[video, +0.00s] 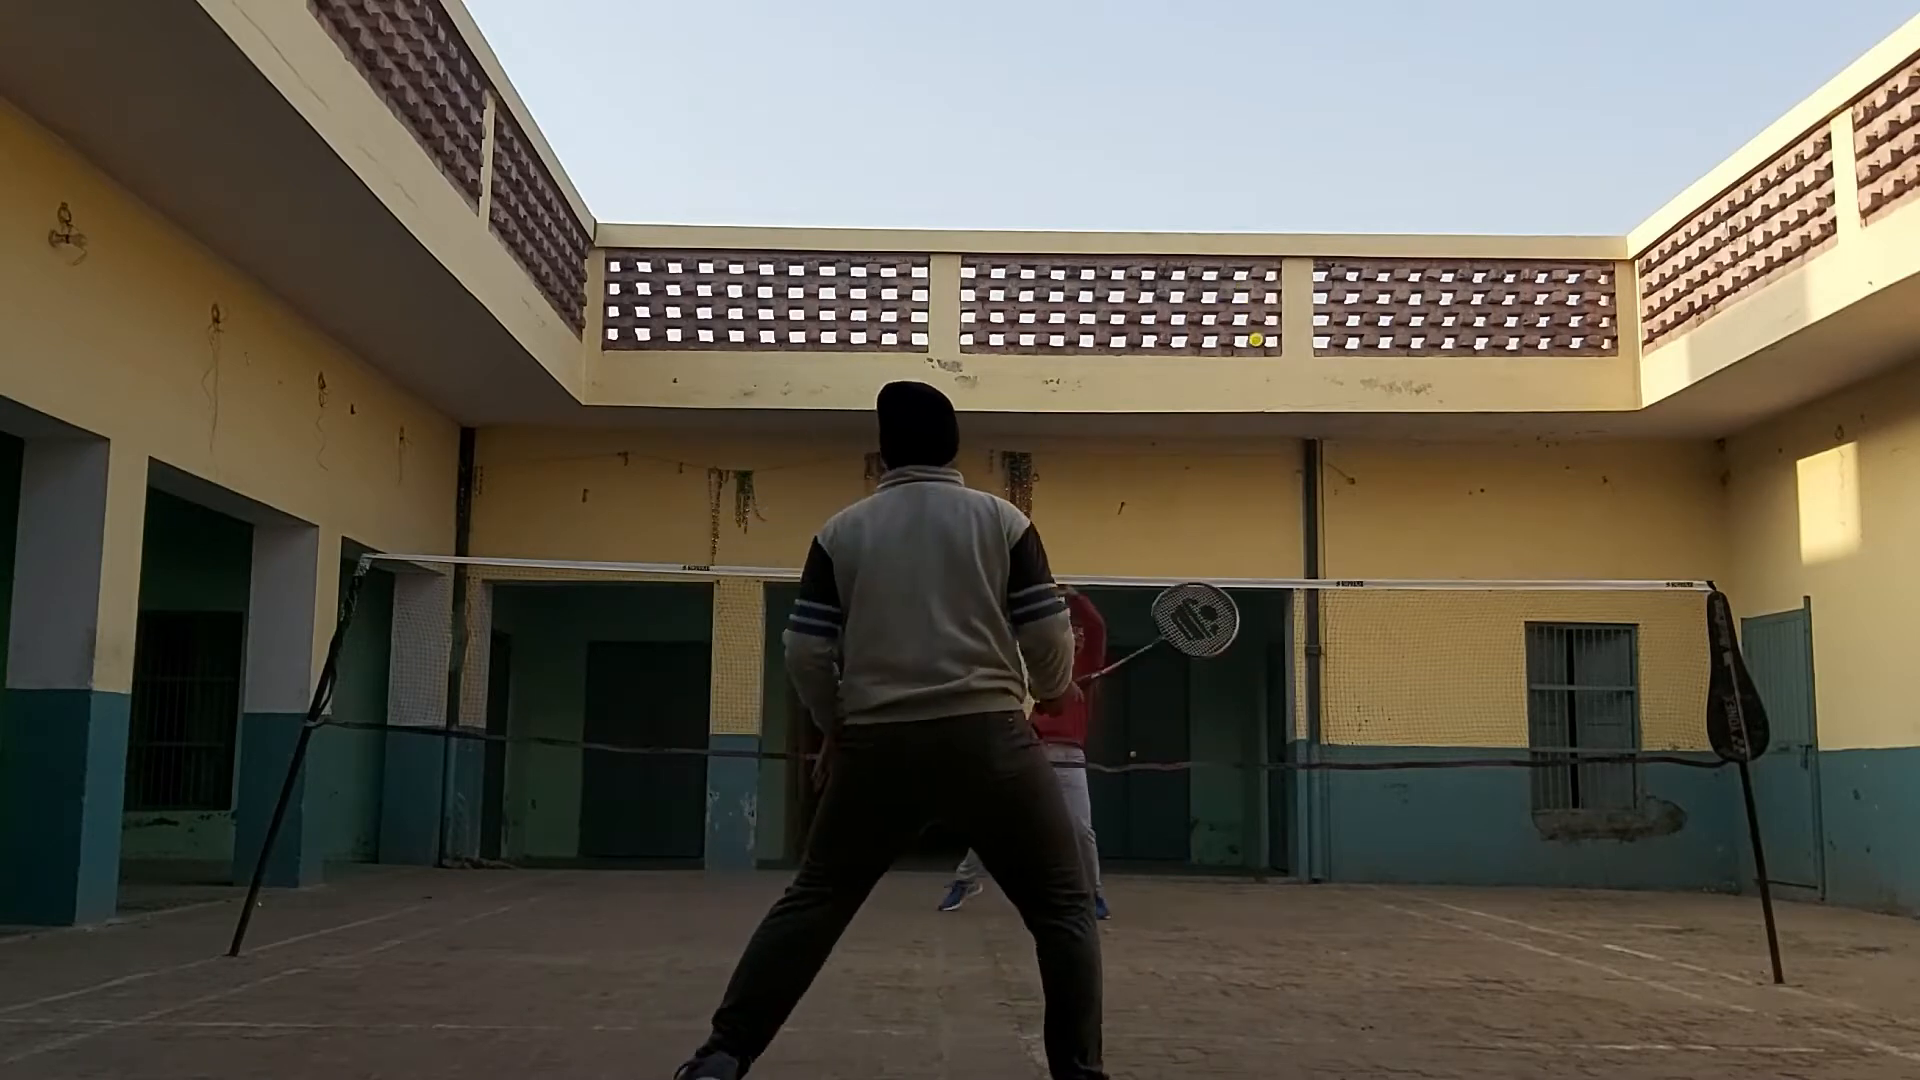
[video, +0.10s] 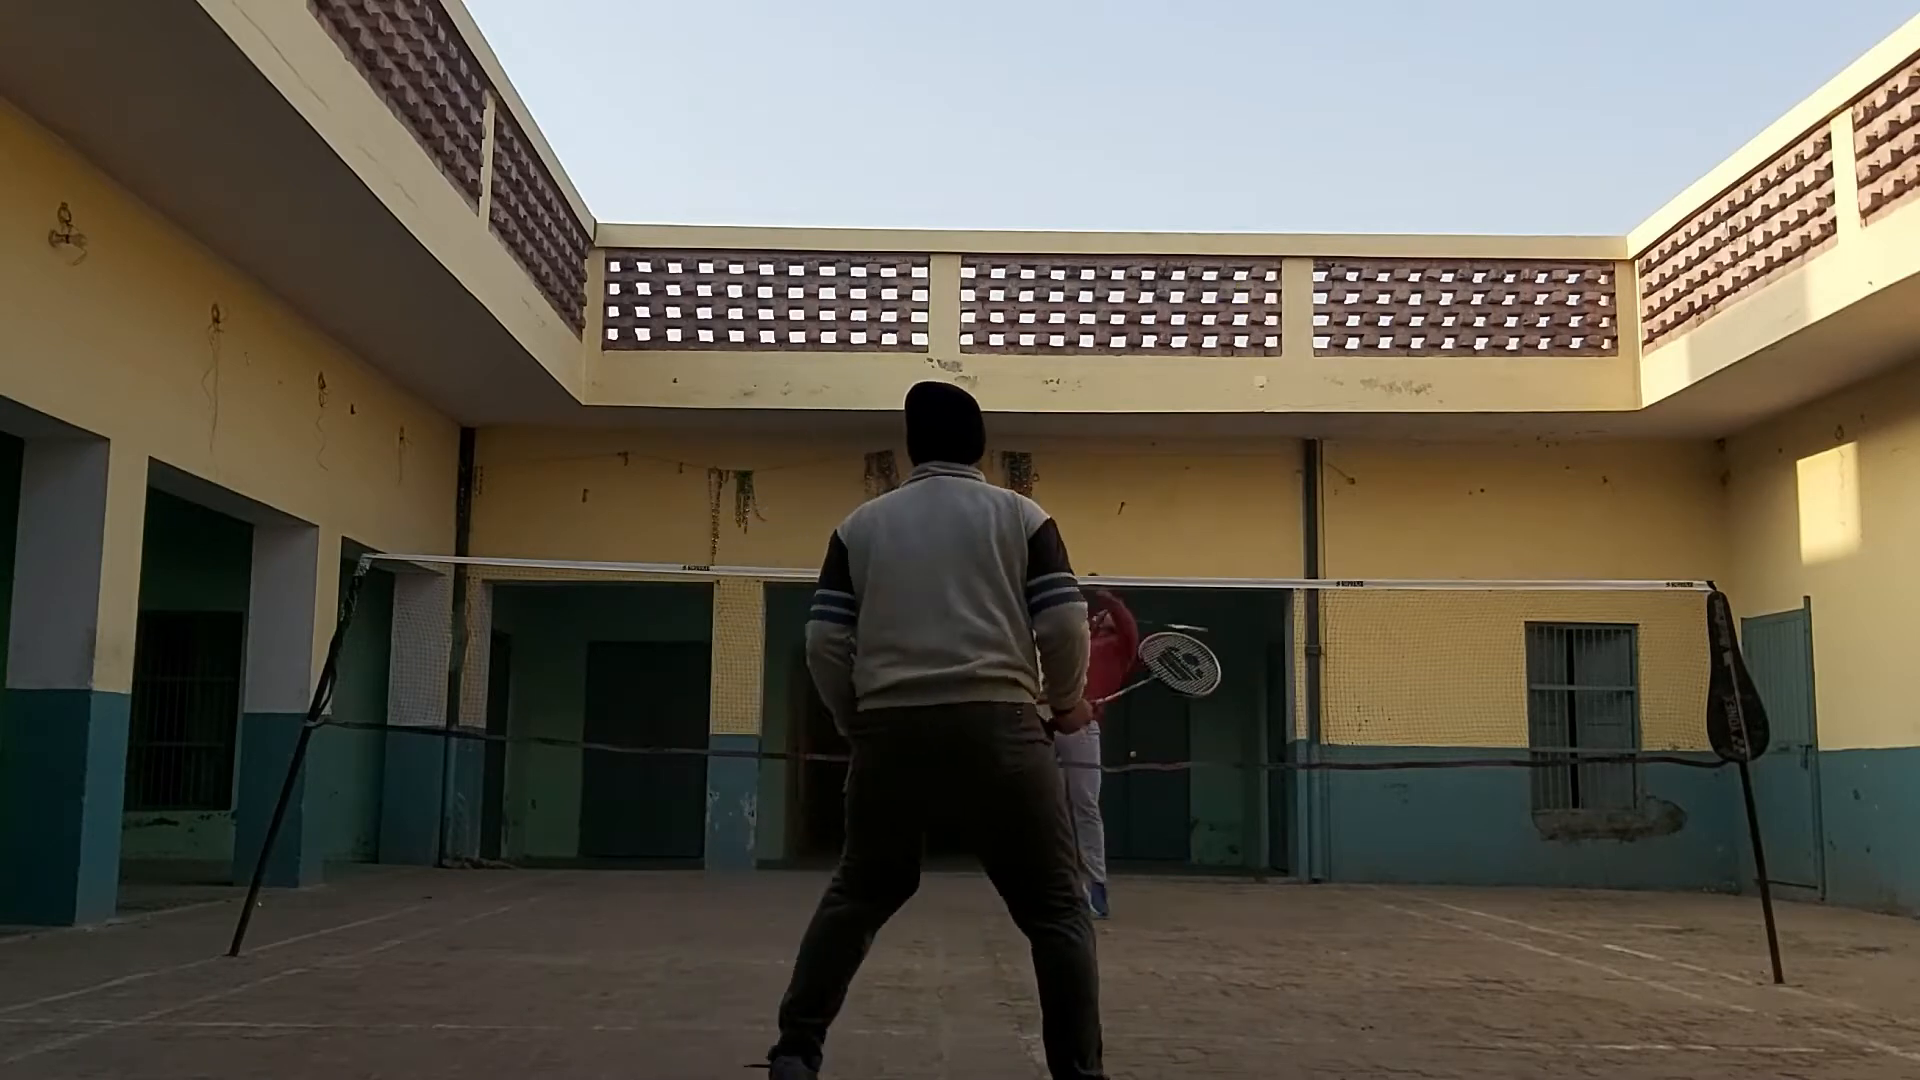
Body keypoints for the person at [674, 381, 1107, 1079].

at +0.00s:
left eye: (881, 446)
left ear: (880, 451)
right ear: (954, 447)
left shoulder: (841, 532)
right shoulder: (1002, 521)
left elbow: (806, 650)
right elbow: (1048, 635)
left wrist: (839, 722)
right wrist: (1048, 690)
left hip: (876, 751)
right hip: (992, 746)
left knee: (814, 902)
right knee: (1063, 910)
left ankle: (724, 1055)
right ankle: (1080, 1067)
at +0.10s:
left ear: (909, 448)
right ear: (979, 447)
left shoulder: (859, 525)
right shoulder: (1023, 517)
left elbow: (825, 643)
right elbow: (1064, 626)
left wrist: (857, 725)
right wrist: (1068, 702)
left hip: (890, 739)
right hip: (1002, 736)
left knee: (862, 889)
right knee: (1057, 909)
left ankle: (795, 1051)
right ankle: (1078, 1066)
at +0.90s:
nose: (966, 363)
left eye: (961, 355)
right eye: (962, 354)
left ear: (877, 370)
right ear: (953, 358)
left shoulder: (860, 474)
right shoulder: (983, 421)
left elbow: (933, 545)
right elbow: (1093, 483)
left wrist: (1021, 465)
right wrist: (1061, 445)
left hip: (938, 705)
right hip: (1041, 697)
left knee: (943, 886)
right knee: (1082, 919)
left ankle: (846, 1017)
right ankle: (1078, 1068)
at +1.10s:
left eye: (869, 380)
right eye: (943, 376)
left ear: (864, 394)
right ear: (947, 382)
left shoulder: (825, 509)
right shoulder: (990, 465)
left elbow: (825, 652)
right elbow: (1077, 584)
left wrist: (890, 699)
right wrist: (1157, 617)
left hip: (889, 739)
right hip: (1014, 727)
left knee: (917, 956)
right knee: (1085, 928)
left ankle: (896, 1078)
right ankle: (1091, 1073)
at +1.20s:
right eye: (939, 359)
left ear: (858, 377)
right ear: (940, 367)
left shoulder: (810, 484)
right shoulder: (991, 441)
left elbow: (771, 623)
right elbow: (1043, 554)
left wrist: (863, 656)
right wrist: (1101, 674)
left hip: (872, 725)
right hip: (995, 714)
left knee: (905, 940)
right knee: (1043, 935)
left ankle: (885, 1076)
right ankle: (1067, 1077)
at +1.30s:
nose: (853, 348)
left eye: (851, 339)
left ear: (850, 352)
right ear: (934, 345)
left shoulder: (800, 454)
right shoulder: (988, 424)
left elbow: (734, 575)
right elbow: (1029, 537)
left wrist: (789, 677)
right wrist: (1048, 681)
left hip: (853, 700)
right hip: (978, 694)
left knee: (888, 928)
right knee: (1013, 924)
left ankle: (880, 1077)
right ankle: (1030, 1079)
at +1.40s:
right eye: (922, 333)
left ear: (844, 350)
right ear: (927, 344)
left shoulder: (788, 446)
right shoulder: (978, 422)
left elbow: (705, 562)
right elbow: (1016, 541)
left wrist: (714, 659)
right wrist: (1044, 679)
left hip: (837, 693)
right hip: (966, 686)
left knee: (875, 921)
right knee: (985, 905)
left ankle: (880, 1073)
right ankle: (976, 1071)